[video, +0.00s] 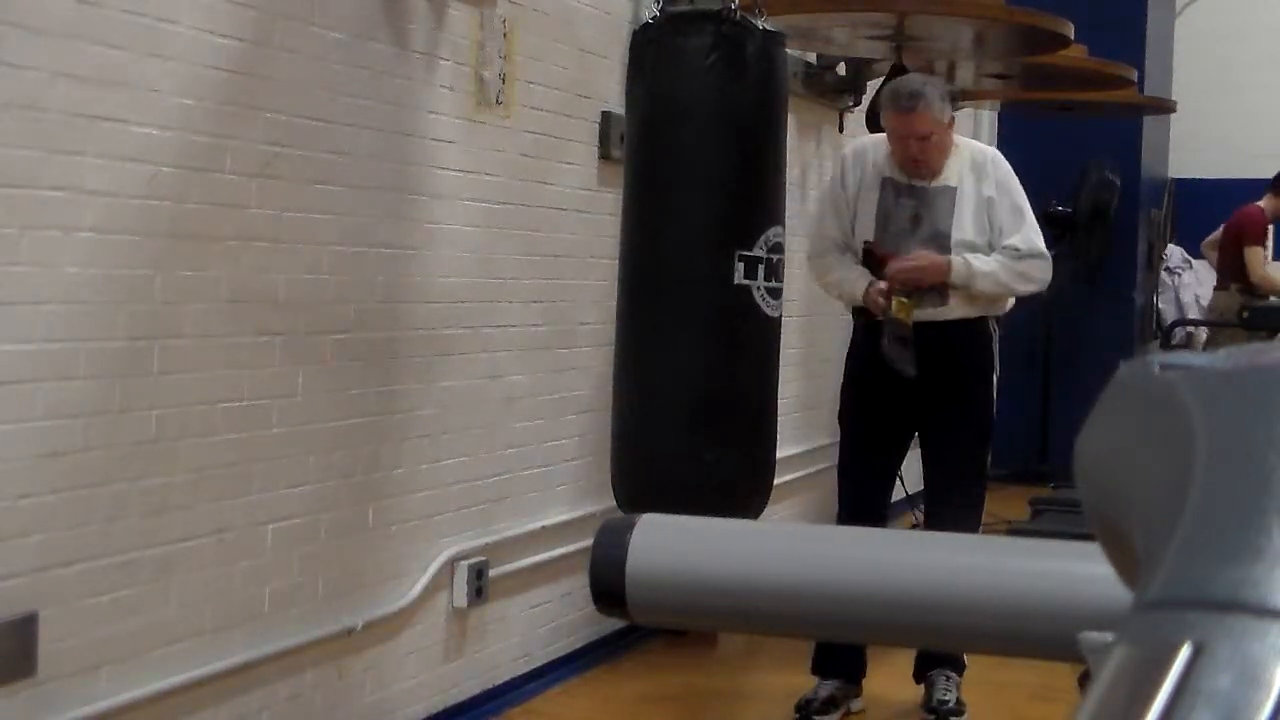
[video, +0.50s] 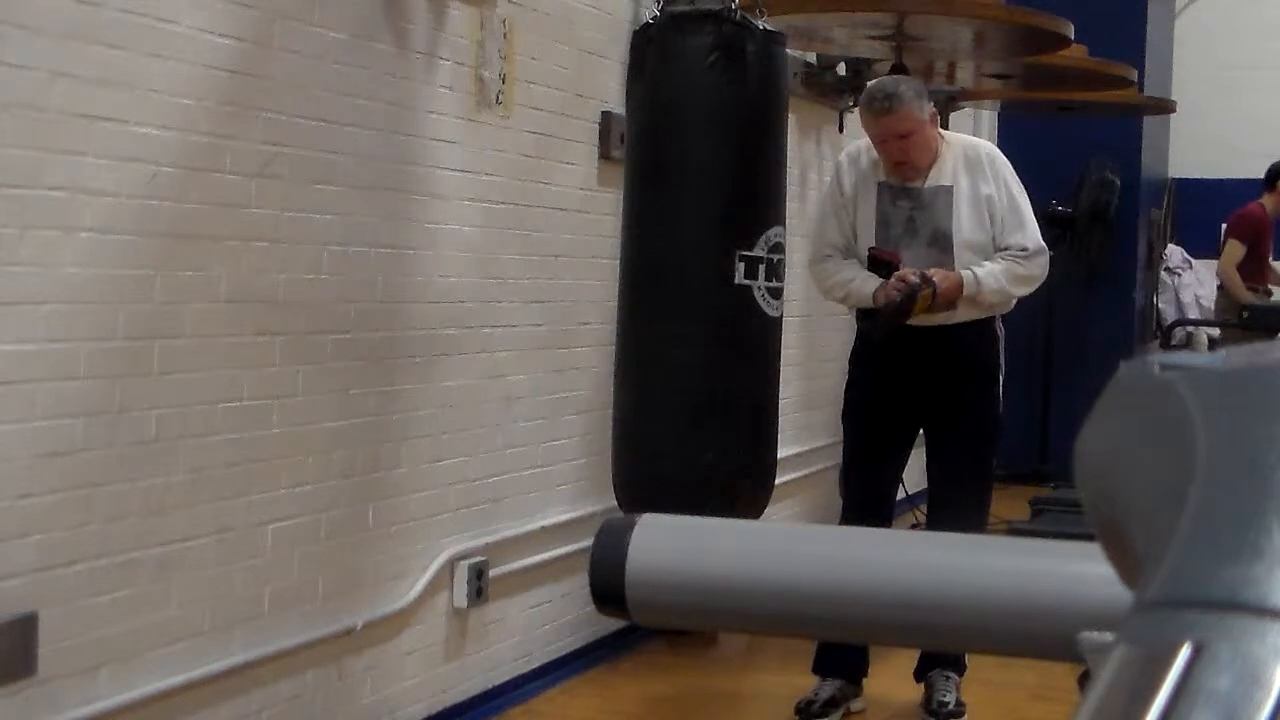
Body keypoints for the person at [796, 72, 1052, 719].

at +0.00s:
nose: (914, 150)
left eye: (925, 139)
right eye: (901, 138)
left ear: (949, 125)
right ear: (884, 126)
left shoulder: (987, 168)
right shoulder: (855, 164)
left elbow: (1035, 267)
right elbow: (824, 253)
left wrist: (948, 269)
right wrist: (862, 288)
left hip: (960, 354)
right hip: (876, 351)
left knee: (955, 516)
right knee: (857, 512)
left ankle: (942, 669)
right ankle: (839, 674)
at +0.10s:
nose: (906, 149)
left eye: (918, 136)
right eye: (893, 138)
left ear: (942, 125)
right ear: (876, 129)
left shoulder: (985, 164)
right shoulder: (853, 165)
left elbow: (1039, 257)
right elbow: (825, 257)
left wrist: (960, 274)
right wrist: (869, 288)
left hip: (963, 353)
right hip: (878, 352)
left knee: (955, 516)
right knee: (858, 511)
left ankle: (942, 668)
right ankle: (838, 673)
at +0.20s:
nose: (896, 153)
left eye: (907, 139)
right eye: (883, 142)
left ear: (935, 125)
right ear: (869, 133)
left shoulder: (983, 162)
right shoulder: (851, 167)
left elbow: (1038, 254)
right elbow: (825, 258)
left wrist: (963, 275)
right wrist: (873, 291)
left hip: (967, 354)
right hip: (881, 352)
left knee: (959, 515)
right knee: (861, 511)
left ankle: (943, 667)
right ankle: (839, 673)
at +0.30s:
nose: (892, 155)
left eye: (904, 140)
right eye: (879, 144)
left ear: (933, 124)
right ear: (864, 135)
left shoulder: (981, 163)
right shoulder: (848, 170)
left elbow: (1035, 256)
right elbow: (824, 265)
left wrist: (964, 278)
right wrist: (874, 292)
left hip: (968, 355)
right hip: (882, 355)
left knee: (960, 516)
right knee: (862, 512)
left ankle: (943, 668)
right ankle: (839, 674)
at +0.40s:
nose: (892, 155)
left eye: (903, 141)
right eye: (879, 144)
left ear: (932, 125)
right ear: (864, 135)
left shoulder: (982, 163)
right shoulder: (849, 170)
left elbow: (1032, 258)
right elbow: (825, 265)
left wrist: (961, 283)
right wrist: (874, 291)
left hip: (968, 353)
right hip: (883, 352)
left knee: (960, 514)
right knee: (862, 510)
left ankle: (943, 668)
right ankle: (839, 673)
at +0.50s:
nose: (894, 157)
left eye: (905, 143)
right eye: (882, 146)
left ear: (933, 123)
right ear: (867, 133)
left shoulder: (984, 163)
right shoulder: (851, 167)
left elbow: (1031, 262)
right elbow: (825, 264)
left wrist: (959, 285)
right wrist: (875, 289)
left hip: (967, 356)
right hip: (882, 353)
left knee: (959, 516)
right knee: (861, 510)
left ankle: (943, 670)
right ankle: (839, 673)